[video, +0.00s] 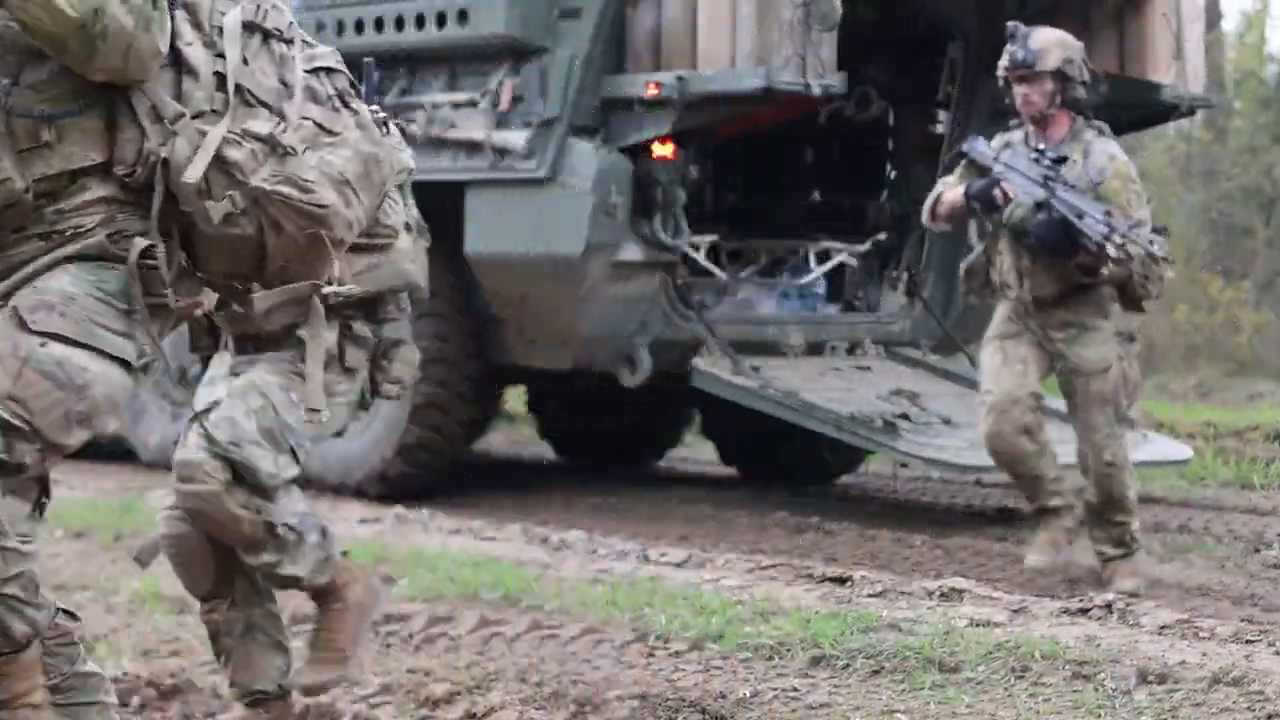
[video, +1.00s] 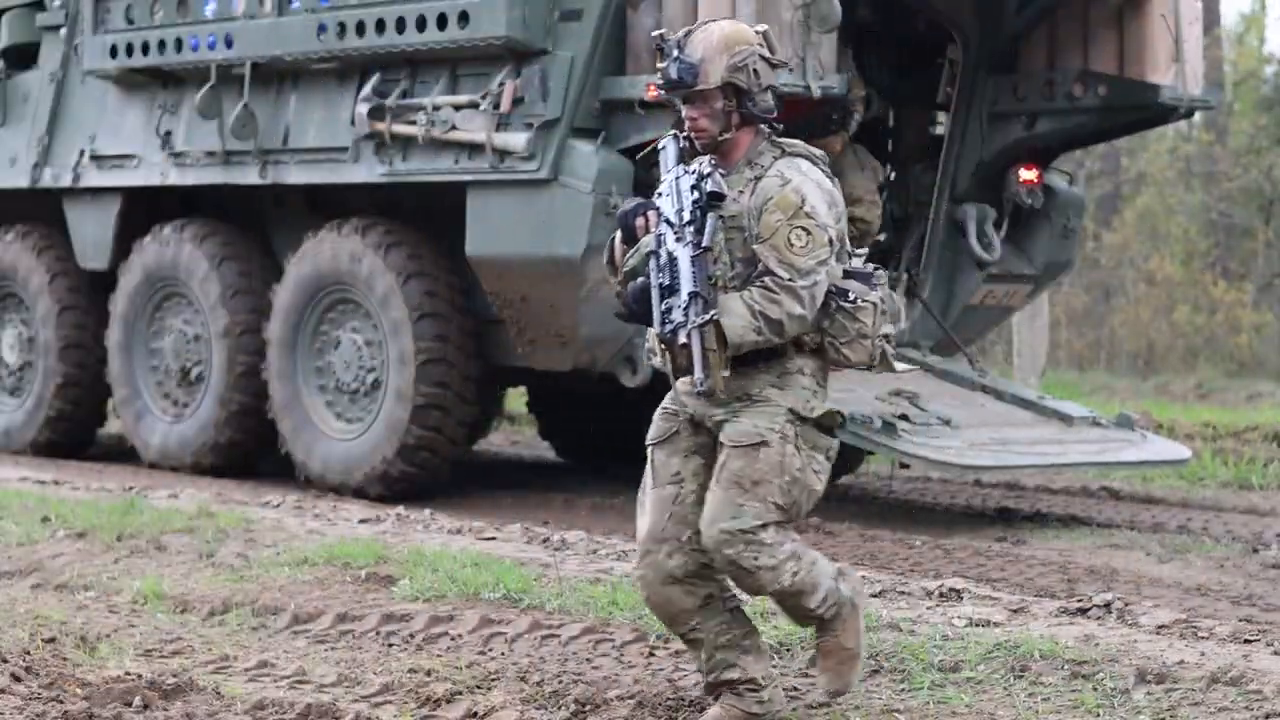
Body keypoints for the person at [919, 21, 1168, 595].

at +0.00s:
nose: (1022, 94)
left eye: (1034, 83)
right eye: (1017, 84)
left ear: (1064, 87)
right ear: (1011, 89)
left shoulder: (1105, 158)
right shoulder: (999, 150)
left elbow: (1134, 256)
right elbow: (933, 211)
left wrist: (1093, 260)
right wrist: (976, 196)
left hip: (1085, 319)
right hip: (1015, 317)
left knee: (1101, 447)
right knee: (1004, 427)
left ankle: (1119, 553)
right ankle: (1058, 515)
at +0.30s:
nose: (949, 82)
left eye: (962, 69)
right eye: (943, 69)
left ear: (996, 72)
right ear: (935, 71)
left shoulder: (1041, 142)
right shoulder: (932, 138)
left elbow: (1061, 242)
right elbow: (878, 222)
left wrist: (1001, 243)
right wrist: (897, 191)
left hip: (1032, 314)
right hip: (959, 315)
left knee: (1008, 421)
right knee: (949, 458)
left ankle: (1069, 496)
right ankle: (998, 564)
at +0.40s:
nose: (929, 69)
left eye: (943, 57)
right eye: (922, 57)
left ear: (976, 57)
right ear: (914, 58)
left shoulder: (1021, 132)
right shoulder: (906, 125)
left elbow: (1043, 235)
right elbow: (856, 212)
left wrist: (981, 241)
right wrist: (873, 180)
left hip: (1013, 295)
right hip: (939, 305)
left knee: (976, 388)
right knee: (937, 476)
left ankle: (1006, 544)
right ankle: (986, 556)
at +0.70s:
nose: (837, 83)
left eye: (851, 69)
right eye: (832, 70)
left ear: (891, 69)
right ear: (825, 72)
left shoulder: (940, 151)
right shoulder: (827, 138)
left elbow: (949, 252)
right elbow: (776, 236)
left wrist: (879, 285)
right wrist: (786, 197)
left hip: (930, 340)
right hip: (846, 336)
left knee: (903, 466)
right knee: (818, 465)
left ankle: (937, 609)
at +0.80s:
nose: (790, 86)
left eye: (804, 73)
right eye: (784, 74)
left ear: (845, 71)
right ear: (780, 75)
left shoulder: (895, 153)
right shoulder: (792, 142)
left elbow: (904, 263)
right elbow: (740, 244)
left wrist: (813, 287)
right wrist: (743, 206)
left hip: (885, 350)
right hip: (804, 346)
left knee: (889, 501)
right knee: (767, 487)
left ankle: (936, 616)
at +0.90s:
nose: (742, 94)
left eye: (757, 81)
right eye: (738, 80)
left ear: (798, 82)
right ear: (737, 81)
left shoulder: (844, 164)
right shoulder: (747, 159)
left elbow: (848, 275)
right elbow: (701, 265)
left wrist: (765, 305)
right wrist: (697, 225)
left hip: (834, 376)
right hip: (754, 375)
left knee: (847, 527)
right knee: (736, 536)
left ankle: (925, 599)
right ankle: (751, 685)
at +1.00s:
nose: (685, 117)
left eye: (698, 103)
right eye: (681, 103)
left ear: (743, 103)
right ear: (685, 104)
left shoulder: (795, 186)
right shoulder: (691, 181)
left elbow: (793, 300)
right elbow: (634, 286)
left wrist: (706, 329)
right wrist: (634, 243)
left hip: (777, 398)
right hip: (693, 395)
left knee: (734, 533)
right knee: (665, 561)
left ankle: (836, 609)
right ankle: (738, 683)